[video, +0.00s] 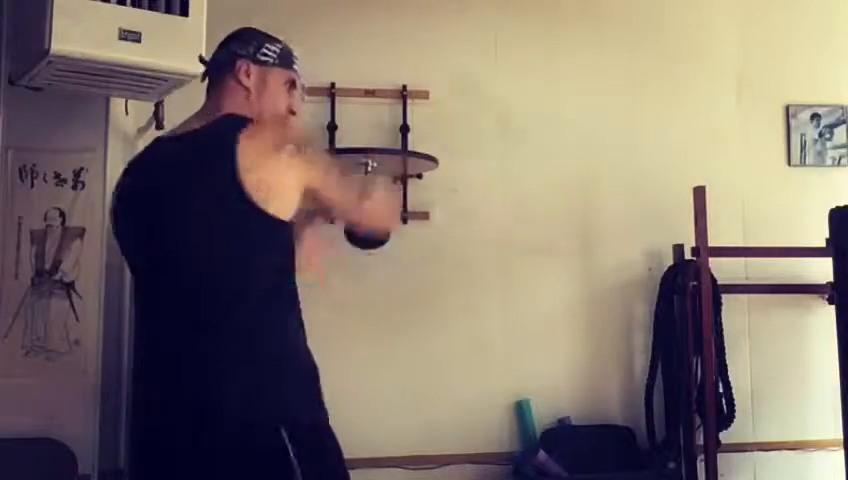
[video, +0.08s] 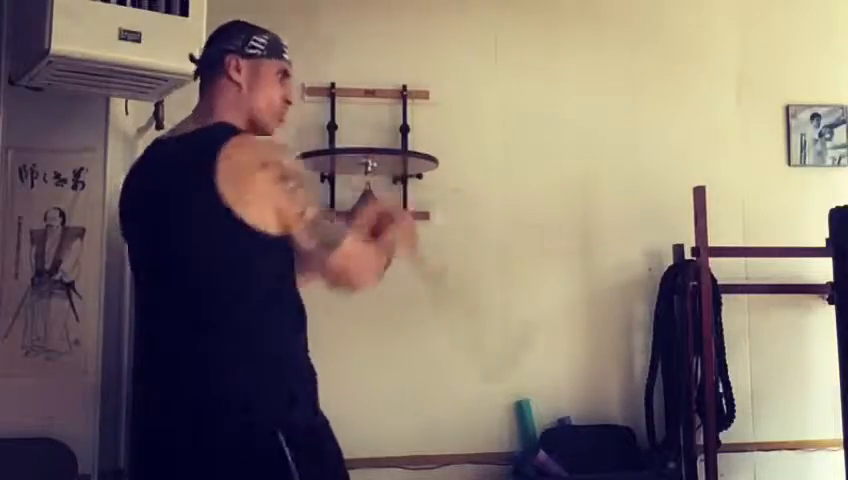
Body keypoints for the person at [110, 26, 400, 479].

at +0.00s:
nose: (295, 106)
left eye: (296, 91)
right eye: (289, 86)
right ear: (245, 74)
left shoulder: (136, 173)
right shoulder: (271, 150)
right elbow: (376, 221)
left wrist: (289, 244)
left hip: (166, 413)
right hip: (264, 413)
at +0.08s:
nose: (290, 97)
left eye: (289, 81)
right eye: (281, 76)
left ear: (235, 72)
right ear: (236, 70)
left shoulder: (146, 168)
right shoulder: (253, 158)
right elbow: (354, 268)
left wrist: (344, 236)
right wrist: (383, 236)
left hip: (169, 419)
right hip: (262, 421)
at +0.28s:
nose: (268, 87)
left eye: (265, 72)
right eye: (255, 67)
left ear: (209, 71)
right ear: (208, 66)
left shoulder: (178, 164)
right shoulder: (198, 171)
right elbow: (323, 272)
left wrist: (335, 231)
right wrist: (423, 210)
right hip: (245, 435)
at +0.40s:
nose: (261, 91)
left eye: (259, 75)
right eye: (249, 71)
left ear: (203, 75)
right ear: (200, 71)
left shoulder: (233, 173)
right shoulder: (172, 181)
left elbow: (288, 219)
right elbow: (294, 282)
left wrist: (361, 211)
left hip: (272, 435)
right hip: (213, 445)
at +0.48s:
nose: (272, 94)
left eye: (270, 79)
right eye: (260, 75)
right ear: (211, 73)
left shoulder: (265, 179)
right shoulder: (158, 180)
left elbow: (328, 286)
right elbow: (190, 325)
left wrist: (304, 255)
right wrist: (282, 265)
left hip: (283, 432)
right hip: (198, 441)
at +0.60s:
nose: (285, 97)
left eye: (284, 83)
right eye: (274, 79)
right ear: (226, 75)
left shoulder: (284, 184)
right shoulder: (158, 178)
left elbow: (329, 289)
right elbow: (110, 317)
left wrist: (241, 285)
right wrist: (203, 335)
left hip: (282, 430)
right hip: (186, 436)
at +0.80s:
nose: (318, 115)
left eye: (318, 101)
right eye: (310, 97)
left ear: (268, 90)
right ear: (265, 87)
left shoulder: (304, 197)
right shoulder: (172, 145)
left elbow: (317, 290)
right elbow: (76, 165)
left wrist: (223, 279)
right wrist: (62, 151)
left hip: (264, 408)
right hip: (174, 404)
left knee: (303, 474)